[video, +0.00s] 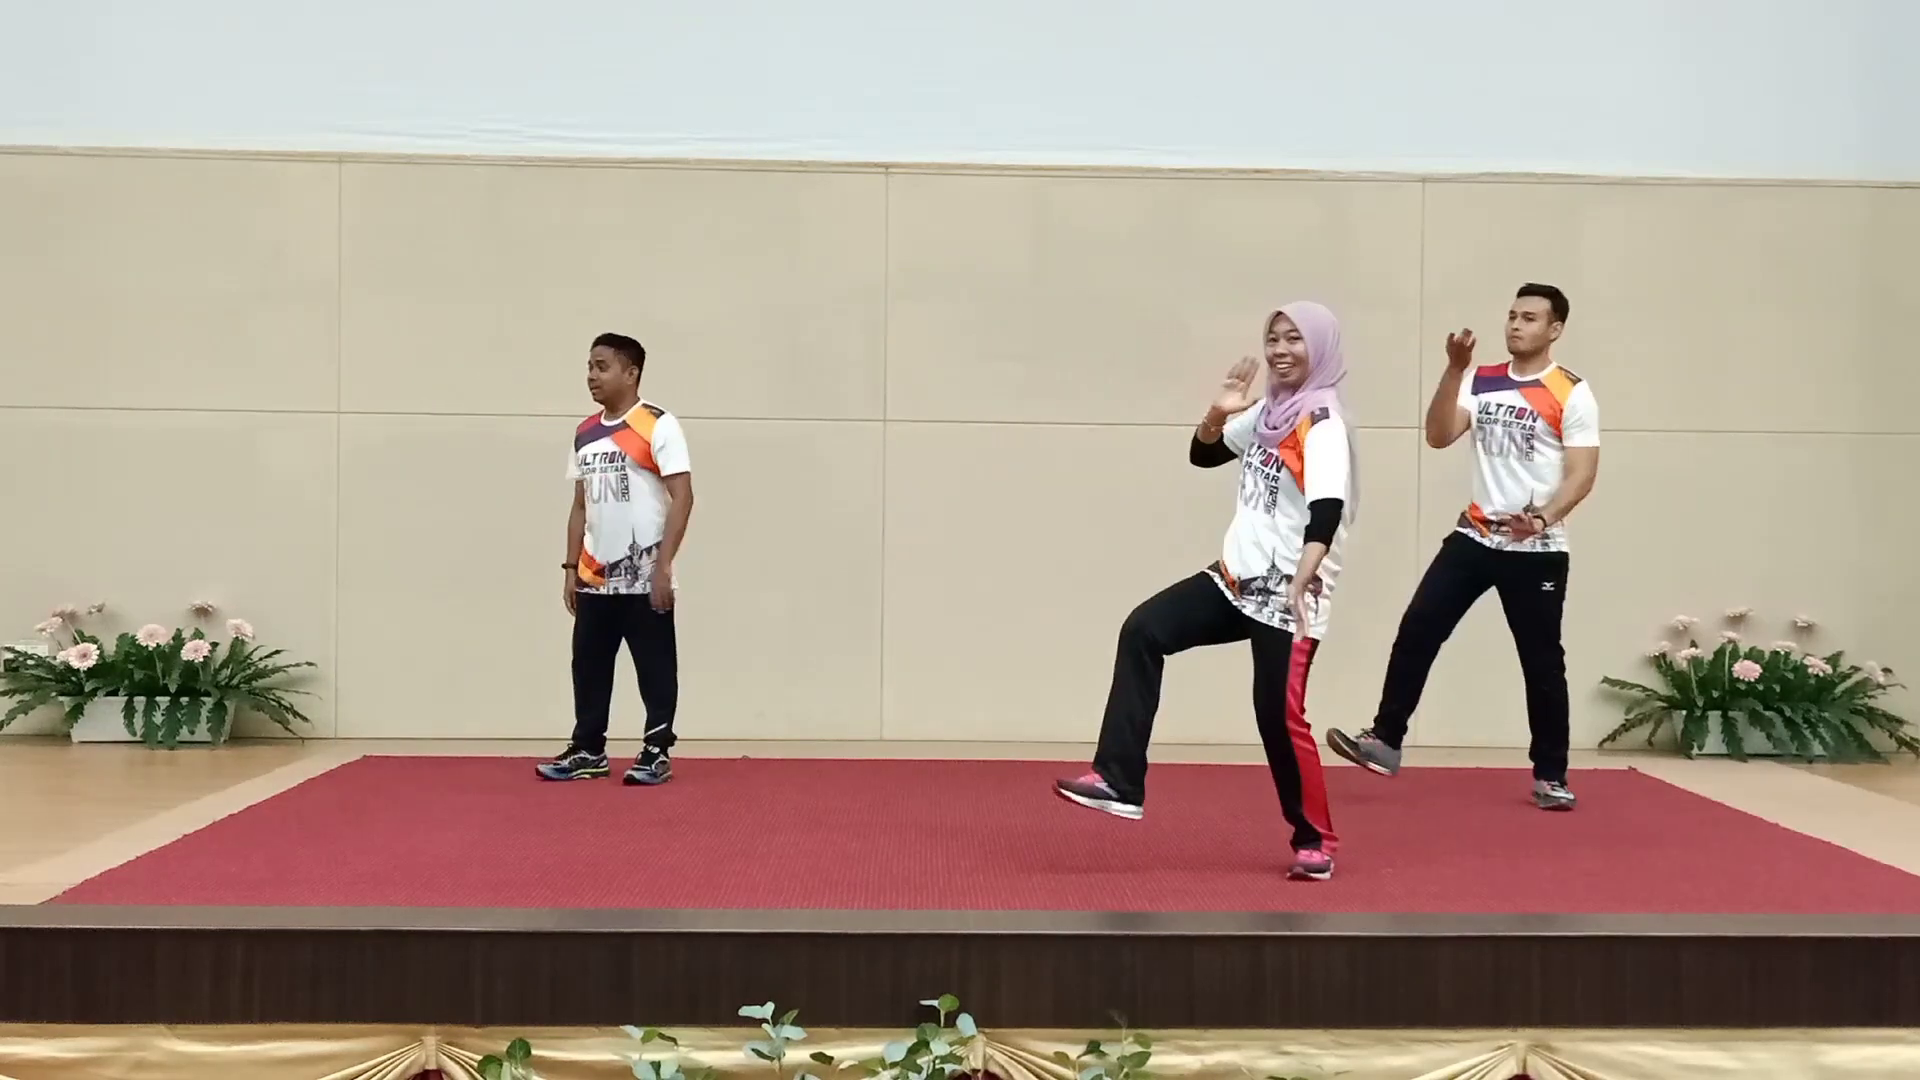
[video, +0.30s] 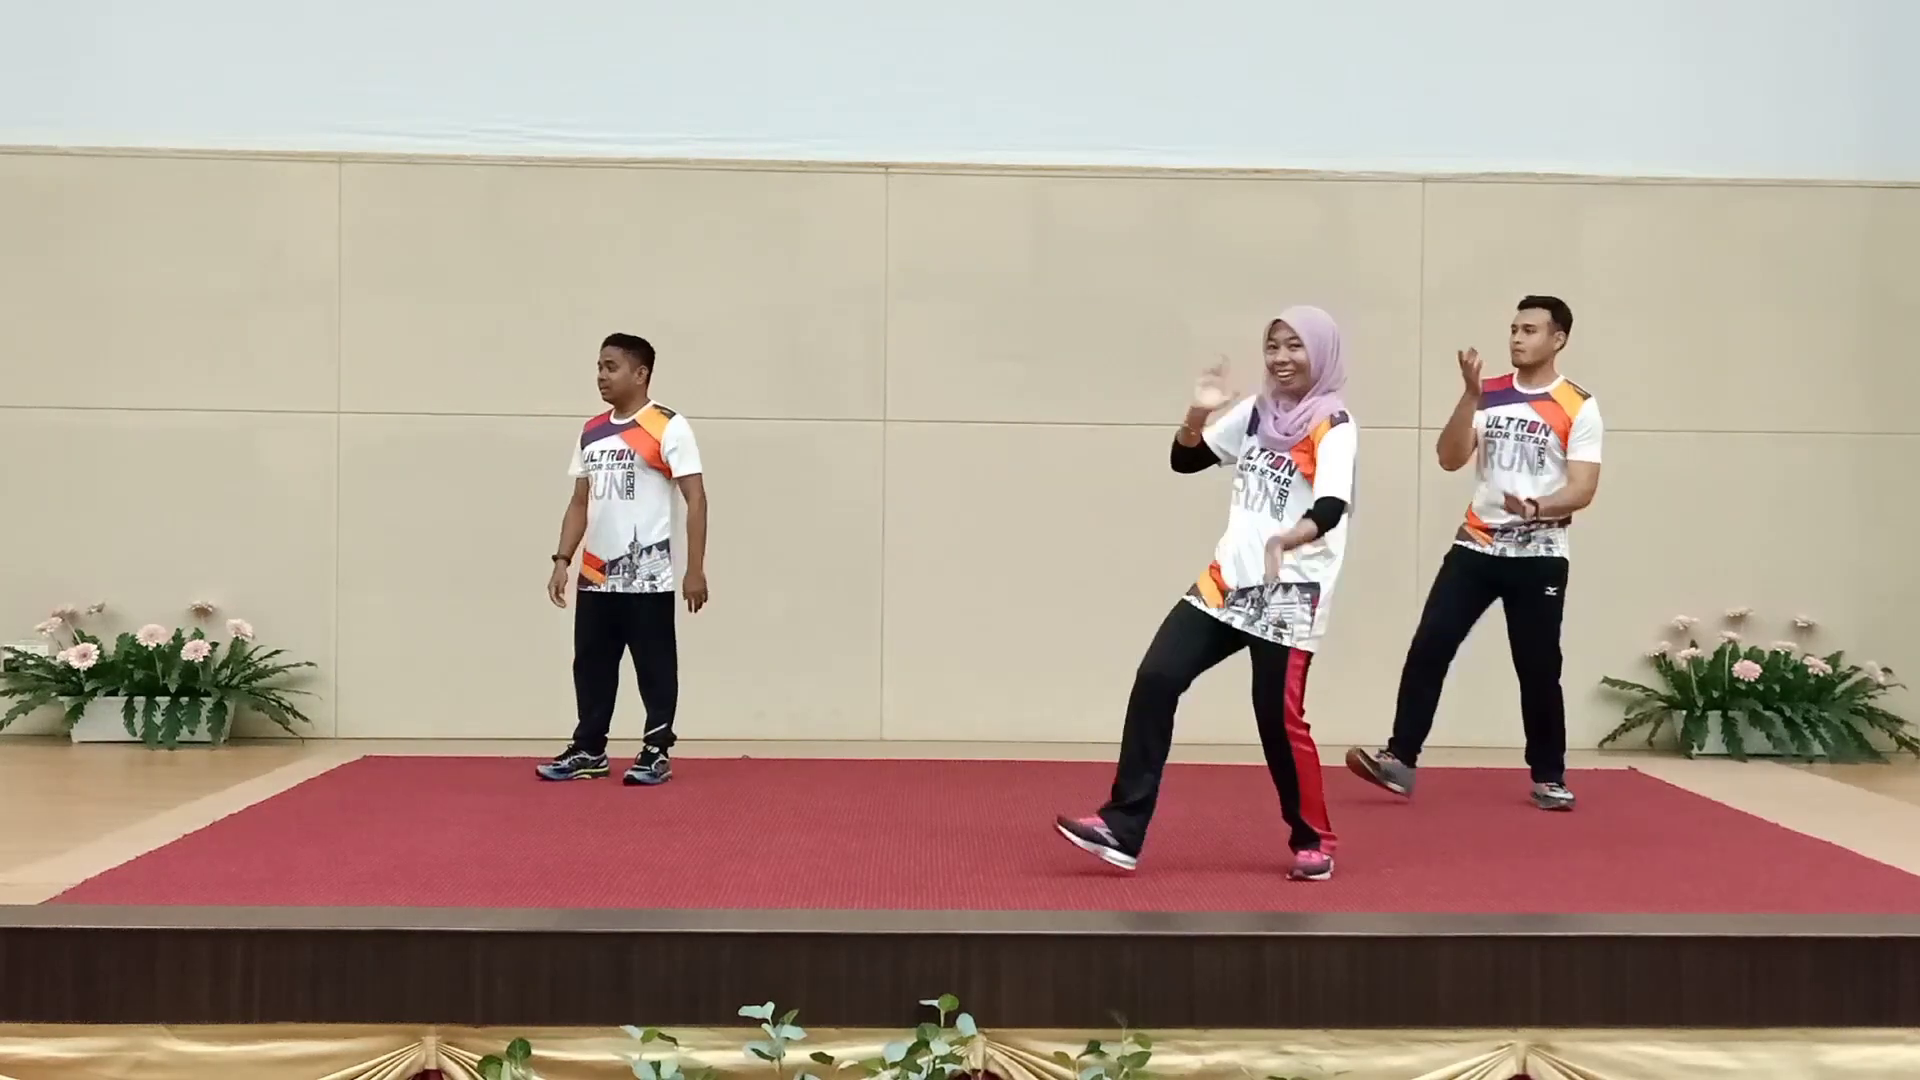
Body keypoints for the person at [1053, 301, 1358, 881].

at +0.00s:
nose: (1280, 349)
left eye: (1292, 339)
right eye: (1273, 340)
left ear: (1320, 349)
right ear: (1266, 350)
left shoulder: (1323, 422)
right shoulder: (1261, 414)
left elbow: (1327, 508)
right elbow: (1203, 456)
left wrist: (1304, 573)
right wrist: (1218, 415)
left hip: (1293, 595)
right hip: (1236, 580)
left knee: (1280, 713)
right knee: (1144, 630)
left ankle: (1314, 841)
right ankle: (1120, 782)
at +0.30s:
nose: (1280, 356)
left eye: (1293, 346)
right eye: (1273, 346)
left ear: (1322, 355)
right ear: (1265, 355)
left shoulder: (1332, 425)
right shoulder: (1252, 412)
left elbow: (1332, 505)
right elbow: (1184, 462)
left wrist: (1291, 536)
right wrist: (1196, 418)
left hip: (1293, 591)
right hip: (1229, 579)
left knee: (1279, 714)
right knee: (1155, 680)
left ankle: (1312, 842)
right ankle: (1123, 830)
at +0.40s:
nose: (1268, 337)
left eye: (1281, 327)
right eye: (1260, 327)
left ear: (1309, 335)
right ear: (1250, 336)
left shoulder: (1325, 404)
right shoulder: (1237, 391)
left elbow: (1334, 480)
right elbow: (1169, 446)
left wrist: (1288, 472)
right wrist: (1164, 407)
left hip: (1288, 576)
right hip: (1221, 564)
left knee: (1285, 706)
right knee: (1153, 668)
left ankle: (1311, 840)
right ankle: (1113, 815)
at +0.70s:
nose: (1208, 313)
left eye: (1221, 303)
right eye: (1199, 304)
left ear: (1246, 314)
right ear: (1187, 316)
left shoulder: (1276, 372)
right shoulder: (1168, 372)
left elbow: (1313, 442)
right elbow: (1118, 433)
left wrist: (1266, 379)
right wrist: (1091, 449)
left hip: (1248, 563)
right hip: (1171, 558)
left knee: (1271, 700)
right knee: (1128, 682)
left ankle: (1306, 839)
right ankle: (1079, 821)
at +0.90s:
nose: (1141, 328)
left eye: (1154, 318)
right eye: (1131, 318)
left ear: (1175, 330)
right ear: (1117, 330)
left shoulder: (1204, 396)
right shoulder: (1091, 397)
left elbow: (1244, 476)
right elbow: (1055, 474)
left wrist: (1208, 411)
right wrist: (1039, 520)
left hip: (1181, 578)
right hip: (1102, 573)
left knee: (1226, 705)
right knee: (1085, 698)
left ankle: (1290, 835)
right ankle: (1068, 845)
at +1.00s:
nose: (1102, 328)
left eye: (1114, 319)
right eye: (1091, 319)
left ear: (1133, 331)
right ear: (1076, 332)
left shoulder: (1158, 400)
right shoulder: (1052, 397)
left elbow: (1194, 486)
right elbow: (1017, 468)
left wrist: (1171, 429)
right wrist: (1002, 497)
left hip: (1138, 575)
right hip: (1064, 574)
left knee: (1180, 693)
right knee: (1068, 701)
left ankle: (1198, 822)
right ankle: (1065, 844)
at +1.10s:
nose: (1084, 328)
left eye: (1097, 318)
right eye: (1073, 318)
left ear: (1115, 329)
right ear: (1057, 331)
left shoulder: (1139, 398)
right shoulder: (1034, 394)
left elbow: (1178, 483)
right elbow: (994, 475)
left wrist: (1162, 435)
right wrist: (982, 469)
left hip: (1121, 575)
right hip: (1050, 574)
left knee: (1159, 686)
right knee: (1064, 696)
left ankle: (1130, 812)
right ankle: (1066, 843)